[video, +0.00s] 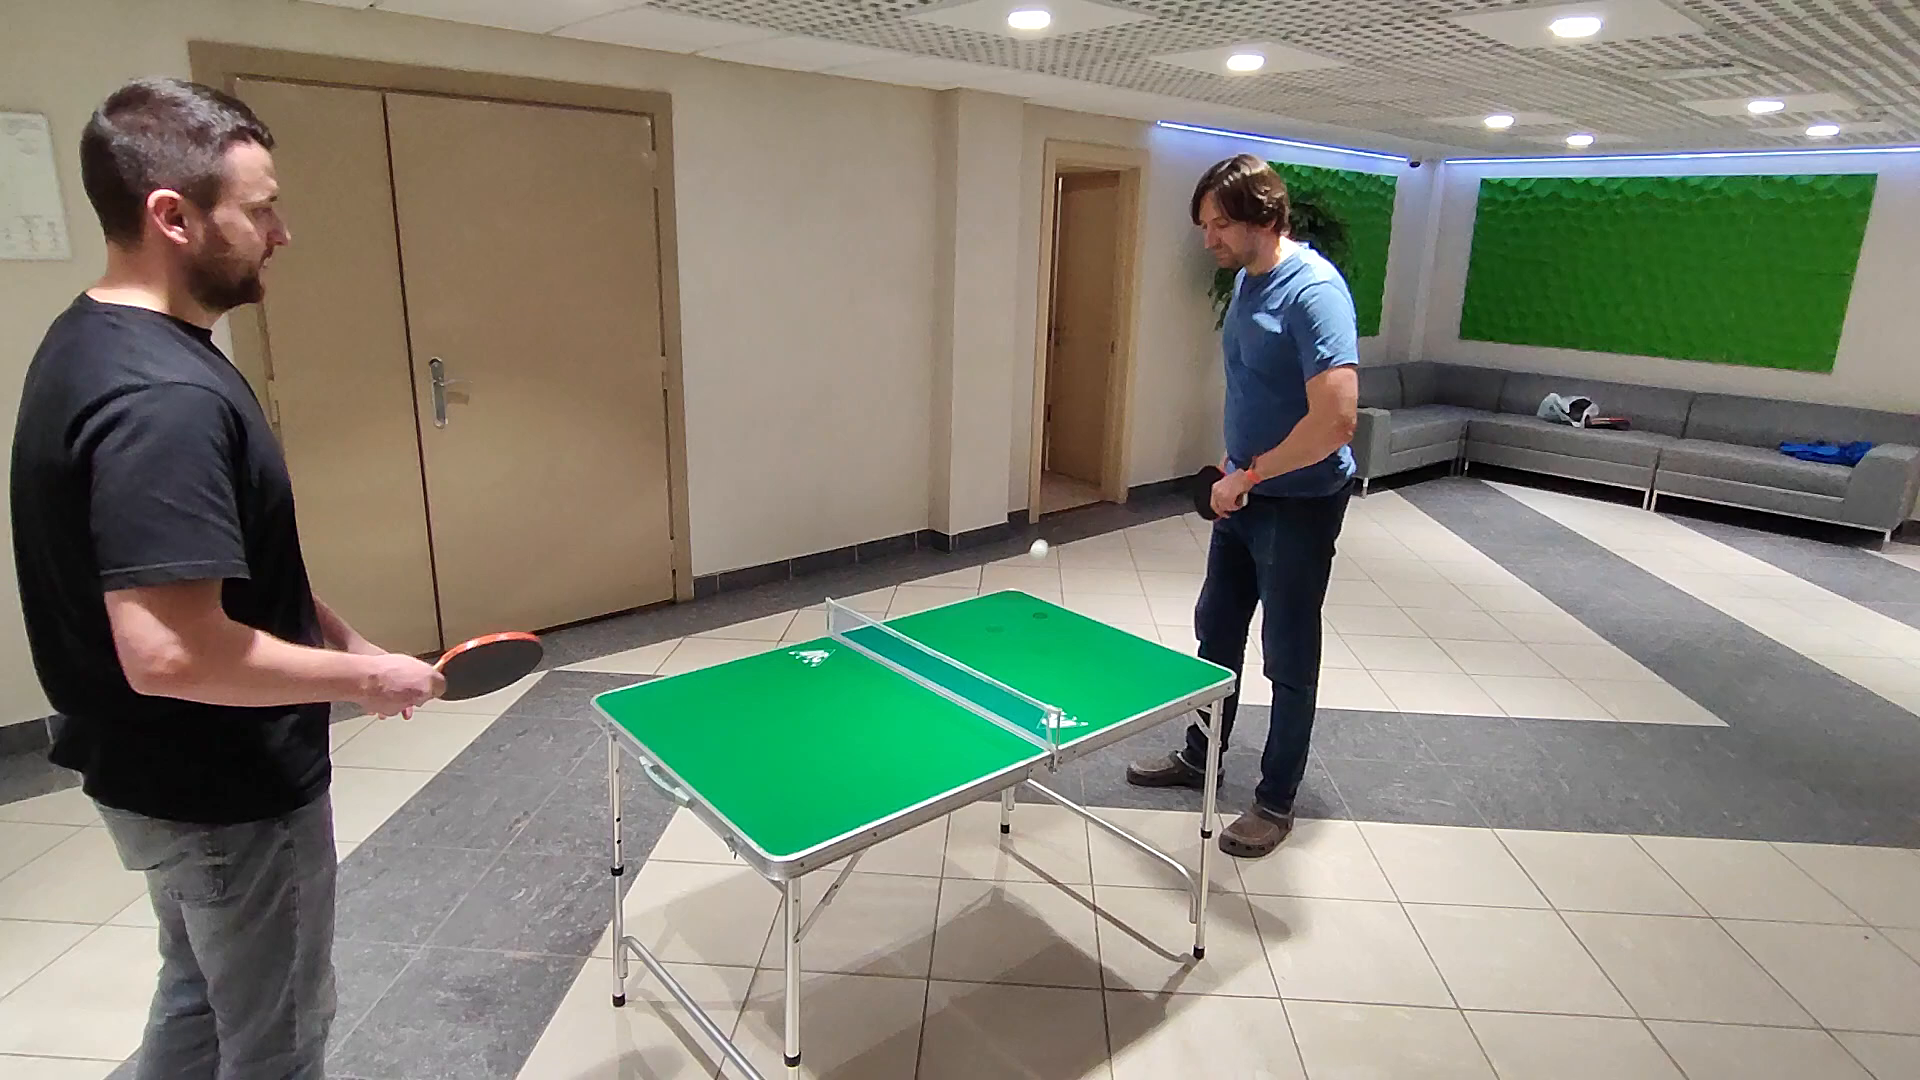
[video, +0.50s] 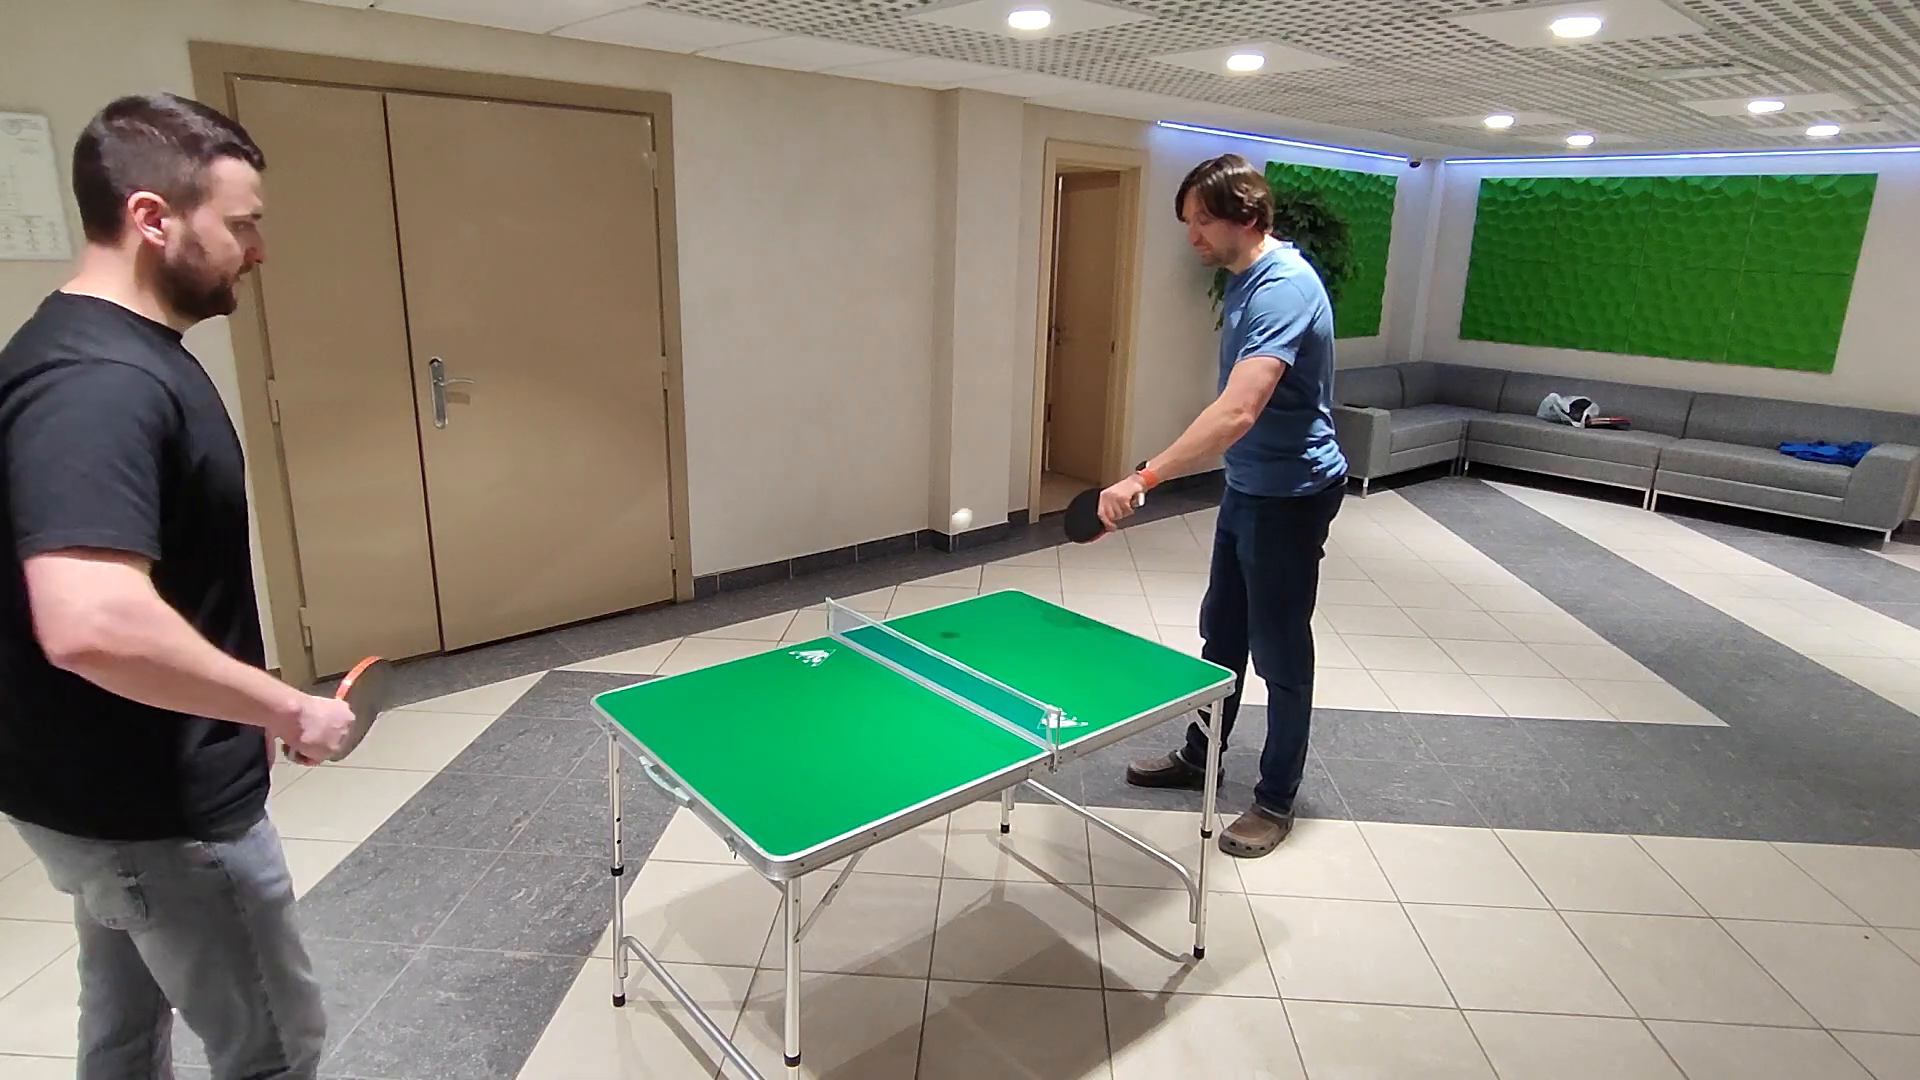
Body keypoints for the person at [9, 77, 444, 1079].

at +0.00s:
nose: (281, 233)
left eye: (276, 208)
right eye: (261, 210)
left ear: (173, 218)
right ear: (172, 216)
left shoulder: (97, 347)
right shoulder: (160, 396)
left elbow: (235, 555)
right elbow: (167, 650)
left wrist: (347, 652)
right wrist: (361, 677)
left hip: (157, 773)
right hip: (235, 795)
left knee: (198, 1007)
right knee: (278, 1045)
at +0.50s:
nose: (258, 254)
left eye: (257, 227)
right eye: (243, 224)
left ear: (150, 222)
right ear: (152, 219)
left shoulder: (94, 343)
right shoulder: (97, 375)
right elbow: (90, 620)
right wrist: (292, 710)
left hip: (102, 792)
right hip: (160, 811)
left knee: (121, 1031)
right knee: (276, 1049)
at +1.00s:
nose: (438, 345)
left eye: (446, 322)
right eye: (438, 319)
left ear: (299, 287)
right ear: (379, 311)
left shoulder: (91, 365)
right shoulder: (377, 451)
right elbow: (580, 602)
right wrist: (670, 641)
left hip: (3, 817)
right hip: (158, 835)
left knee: (92, 1068)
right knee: (252, 1068)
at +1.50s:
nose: (435, 310)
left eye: (439, 287)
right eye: (430, 286)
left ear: (287, 260)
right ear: (364, 281)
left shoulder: (84, 357)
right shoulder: (374, 436)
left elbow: (36, 569)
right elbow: (412, 681)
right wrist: (486, 745)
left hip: (30, 791)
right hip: (209, 818)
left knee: (44, 1063)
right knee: (252, 1066)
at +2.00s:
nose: (346, 308)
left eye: (353, 284)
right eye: (344, 278)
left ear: (234, 241)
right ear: (272, 251)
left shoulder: (44, 359)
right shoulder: (257, 402)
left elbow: (73, 574)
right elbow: (415, 623)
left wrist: (242, 685)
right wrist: (495, 704)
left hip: (32, 800)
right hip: (181, 824)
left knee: (102, 1049)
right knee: (240, 1063)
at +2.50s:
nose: (305, 280)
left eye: (310, 255)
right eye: (296, 251)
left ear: (203, 234)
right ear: (214, 238)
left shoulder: (15, 347)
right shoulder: (249, 396)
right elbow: (342, 637)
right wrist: (451, 723)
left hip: (28, 797)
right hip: (195, 811)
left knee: (89, 1061)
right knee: (239, 1064)